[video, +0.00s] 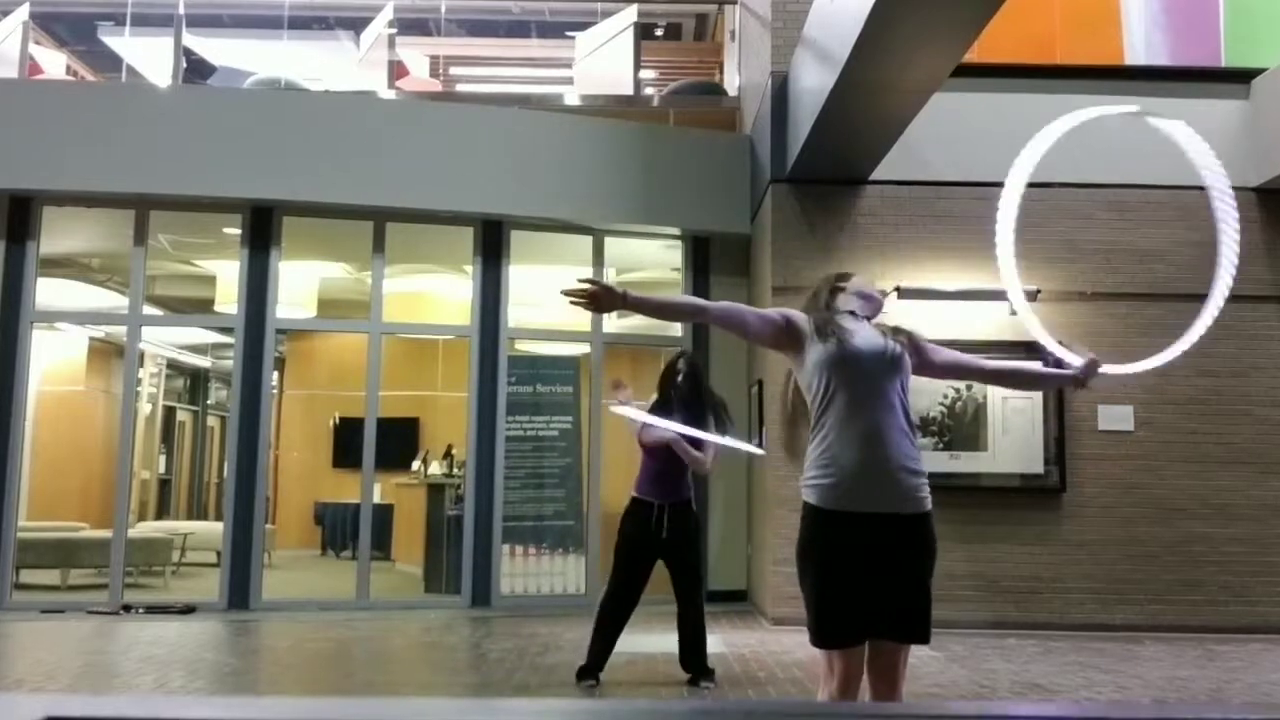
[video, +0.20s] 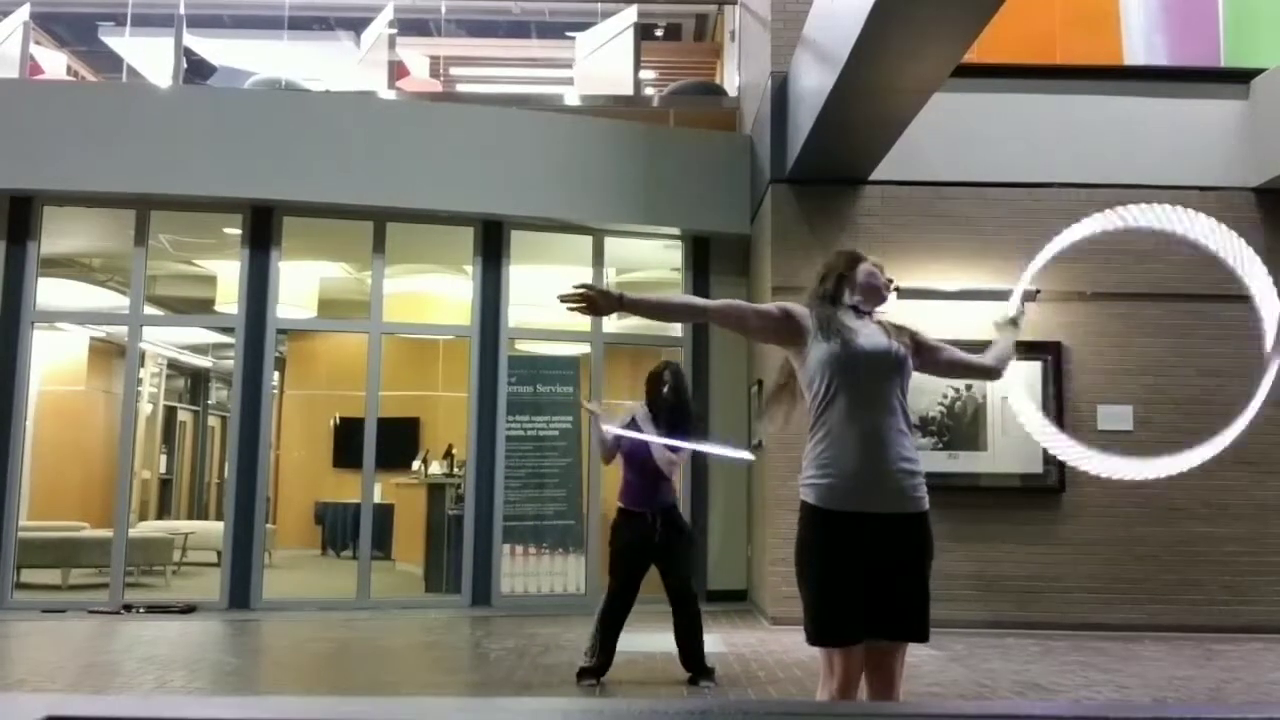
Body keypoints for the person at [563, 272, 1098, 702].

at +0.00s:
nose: (879, 292)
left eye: (880, 291)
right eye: (867, 287)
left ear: (872, 307)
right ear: (834, 292)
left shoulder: (903, 344)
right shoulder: (803, 331)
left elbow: (987, 368)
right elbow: (715, 313)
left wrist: (1064, 375)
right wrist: (628, 301)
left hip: (906, 515)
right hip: (832, 514)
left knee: (889, 675)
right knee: (844, 674)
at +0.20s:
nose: (884, 279)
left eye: (885, 276)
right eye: (873, 271)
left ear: (881, 293)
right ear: (842, 278)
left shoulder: (903, 338)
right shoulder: (806, 322)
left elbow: (991, 364)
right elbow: (709, 310)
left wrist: (1013, 325)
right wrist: (621, 302)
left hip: (903, 514)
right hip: (831, 512)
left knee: (887, 670)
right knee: (841, 670)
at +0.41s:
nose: (887, 257)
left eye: (886, 252)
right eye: (874, 251)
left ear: (878, 271)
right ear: (844, 263)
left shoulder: (902, 324)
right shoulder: (804, 317)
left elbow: (989, 346)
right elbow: (705, 317)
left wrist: (1014, 303)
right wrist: (620, 319)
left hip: (899, 508)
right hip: (830, 509)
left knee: (883, 675)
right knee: (841, 673)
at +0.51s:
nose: (891, 249)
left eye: (890, 242)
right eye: (877, 242)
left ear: (883, 263)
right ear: (845, 257)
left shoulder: (904, 322)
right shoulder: (808, 313)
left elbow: (987, 349)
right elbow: (713, 320)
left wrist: (1031, 320)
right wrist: (627, 328)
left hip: (896, 508)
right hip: (829, 507)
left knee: (882, 674)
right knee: (841, 673)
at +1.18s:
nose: (861, 239)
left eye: (869, 233)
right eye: (848, 235)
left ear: (881, 252)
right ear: (828, 256)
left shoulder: (908, 325)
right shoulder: (803, 317)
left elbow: (944, 416)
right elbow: (782, 412)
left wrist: (931, 442)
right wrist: (816, 373)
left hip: (885, 500)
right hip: (815, 499)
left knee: (875, 652)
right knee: (820, 654)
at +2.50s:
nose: (879, 271)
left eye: (888, 266)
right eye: (866, 262)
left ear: (897, 289)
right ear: (836, 281)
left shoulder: (923, 353)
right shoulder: (812, 353)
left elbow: (1015, 385)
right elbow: (719, 399)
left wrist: (1104, 405)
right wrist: (647, 381)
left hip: (924, 529)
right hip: (850, 538)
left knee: (1011, 672)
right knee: (860, 692)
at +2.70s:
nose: (979, 381)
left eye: (989, 375)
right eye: (974, 364)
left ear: (992, 386)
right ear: (941, 353)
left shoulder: (975, 425)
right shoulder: (870, 397)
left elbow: (1019, 481)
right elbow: (790, 439)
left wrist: (1058, 527)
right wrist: (719, 480)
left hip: (943, 556)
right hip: (866, 552)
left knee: (1004, 691)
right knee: (863, 689)